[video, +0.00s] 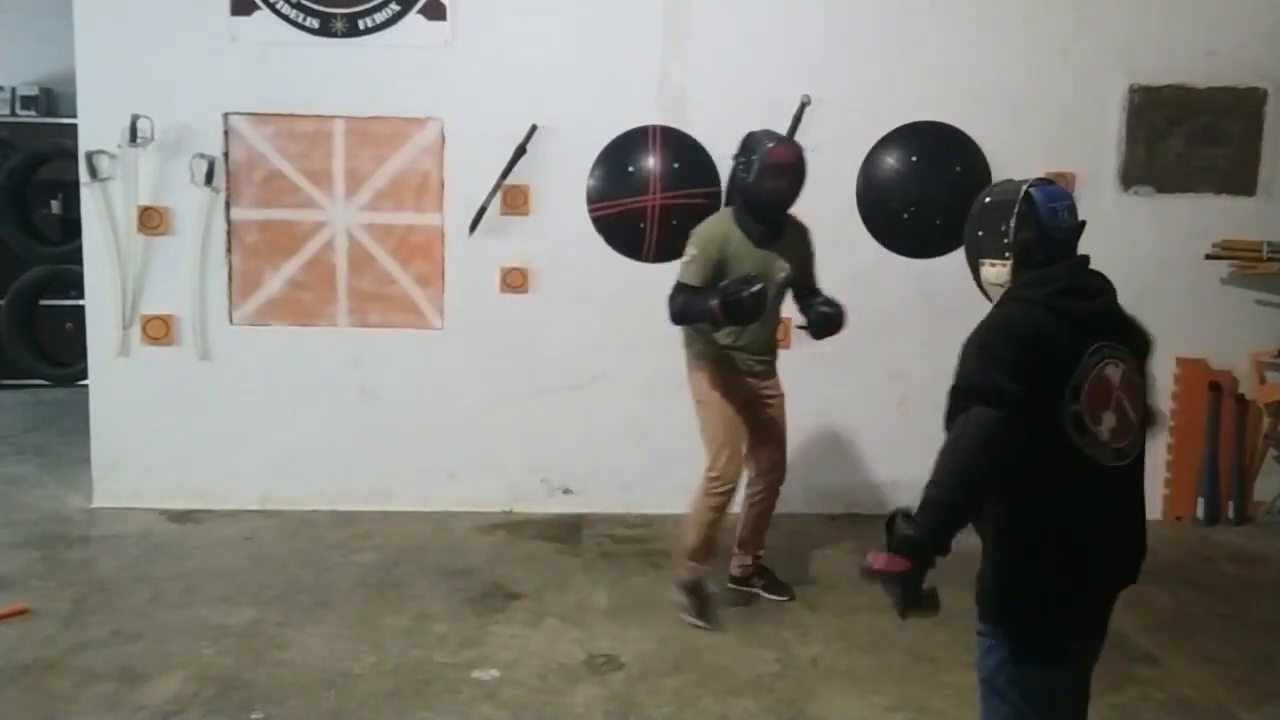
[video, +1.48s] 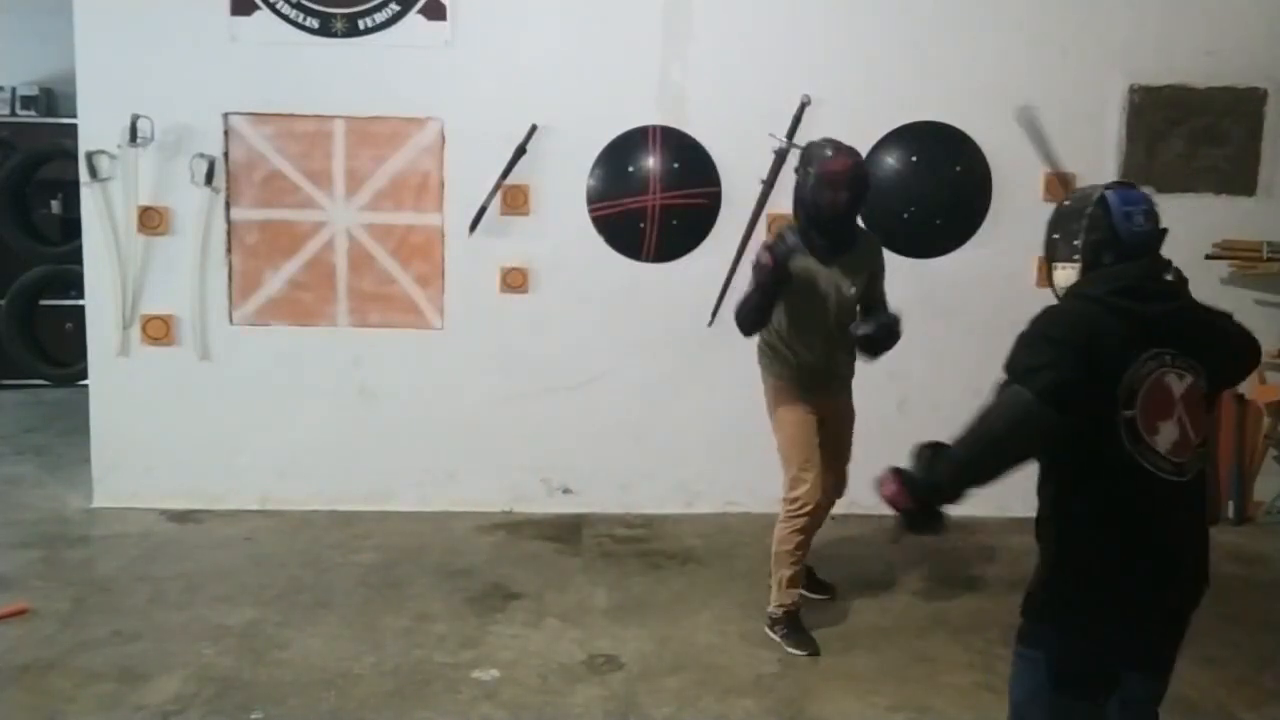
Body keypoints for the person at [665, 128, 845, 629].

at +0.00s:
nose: (785, 189)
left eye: (792, 179)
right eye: (776, 177)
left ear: (798, 182)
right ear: (748, 176)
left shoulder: (794, 235)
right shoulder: (714, 233)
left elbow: (805, 292)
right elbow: (679, 305)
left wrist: (821, 312)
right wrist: (719, 306)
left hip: (762, 368)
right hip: (713, 363)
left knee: (769, 467)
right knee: (726, 464)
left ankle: (747, 568)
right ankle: (692, 575)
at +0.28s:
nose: (810, 221)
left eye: (818, 212)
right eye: (803, 208)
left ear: (823, 215)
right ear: (776, 203)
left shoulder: (810, 259)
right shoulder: (748, 253)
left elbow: (851, 331)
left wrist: (837, 290)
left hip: (773, 382)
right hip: (727, 377)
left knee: (796, 493)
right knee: (772, 487)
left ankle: (754, 567)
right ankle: (742, 589)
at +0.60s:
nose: (830, 233)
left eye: (839, 223)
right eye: (821, 220)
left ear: (845, 226)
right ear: (793, 217)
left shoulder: (839, 279)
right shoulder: (760, 270)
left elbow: (836, 340)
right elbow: (716, 353)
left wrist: (852, 354)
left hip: (805, 405)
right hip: (751, 406)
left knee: (837, 501)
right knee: (786, 508)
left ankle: (780, 548)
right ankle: (772, 629)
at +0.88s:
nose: (817, 204)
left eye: (827, 194)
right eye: (808, 192)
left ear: (839, 200)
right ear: (787, 195)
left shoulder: (848, 257)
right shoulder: (759, 252)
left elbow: (874, 326)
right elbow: (708, 313)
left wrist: (890, 308)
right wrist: (725, 349)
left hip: (822, 392)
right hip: (774, 390)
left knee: (821, 492)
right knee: (788, 498)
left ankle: (790, 565)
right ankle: (769, 622)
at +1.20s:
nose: (824, 184)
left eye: (833, 173)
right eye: (813, 173)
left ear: (845, 180)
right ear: (792, 179)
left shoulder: (860, 240)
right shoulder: (769, 239)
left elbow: (911, 289)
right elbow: (720, 310)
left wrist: (903, 250)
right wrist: (762, 292)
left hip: (829, 380)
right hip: (778, 378)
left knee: (817, 484)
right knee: (798, 487)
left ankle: (792, 567)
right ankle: (780, 608)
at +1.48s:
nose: (840, 199)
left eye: (848, 188)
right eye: (829, 188)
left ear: (858, 193)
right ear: (804, 189)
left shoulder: (864, 248)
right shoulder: (783, 245)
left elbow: (876, 328)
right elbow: (747, 322)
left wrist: (879, 332)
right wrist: (768, 279)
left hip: (835, 376)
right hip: (787, 374)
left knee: (831, 486)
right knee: (807, 487)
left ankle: (796, 566)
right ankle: (781, 609)